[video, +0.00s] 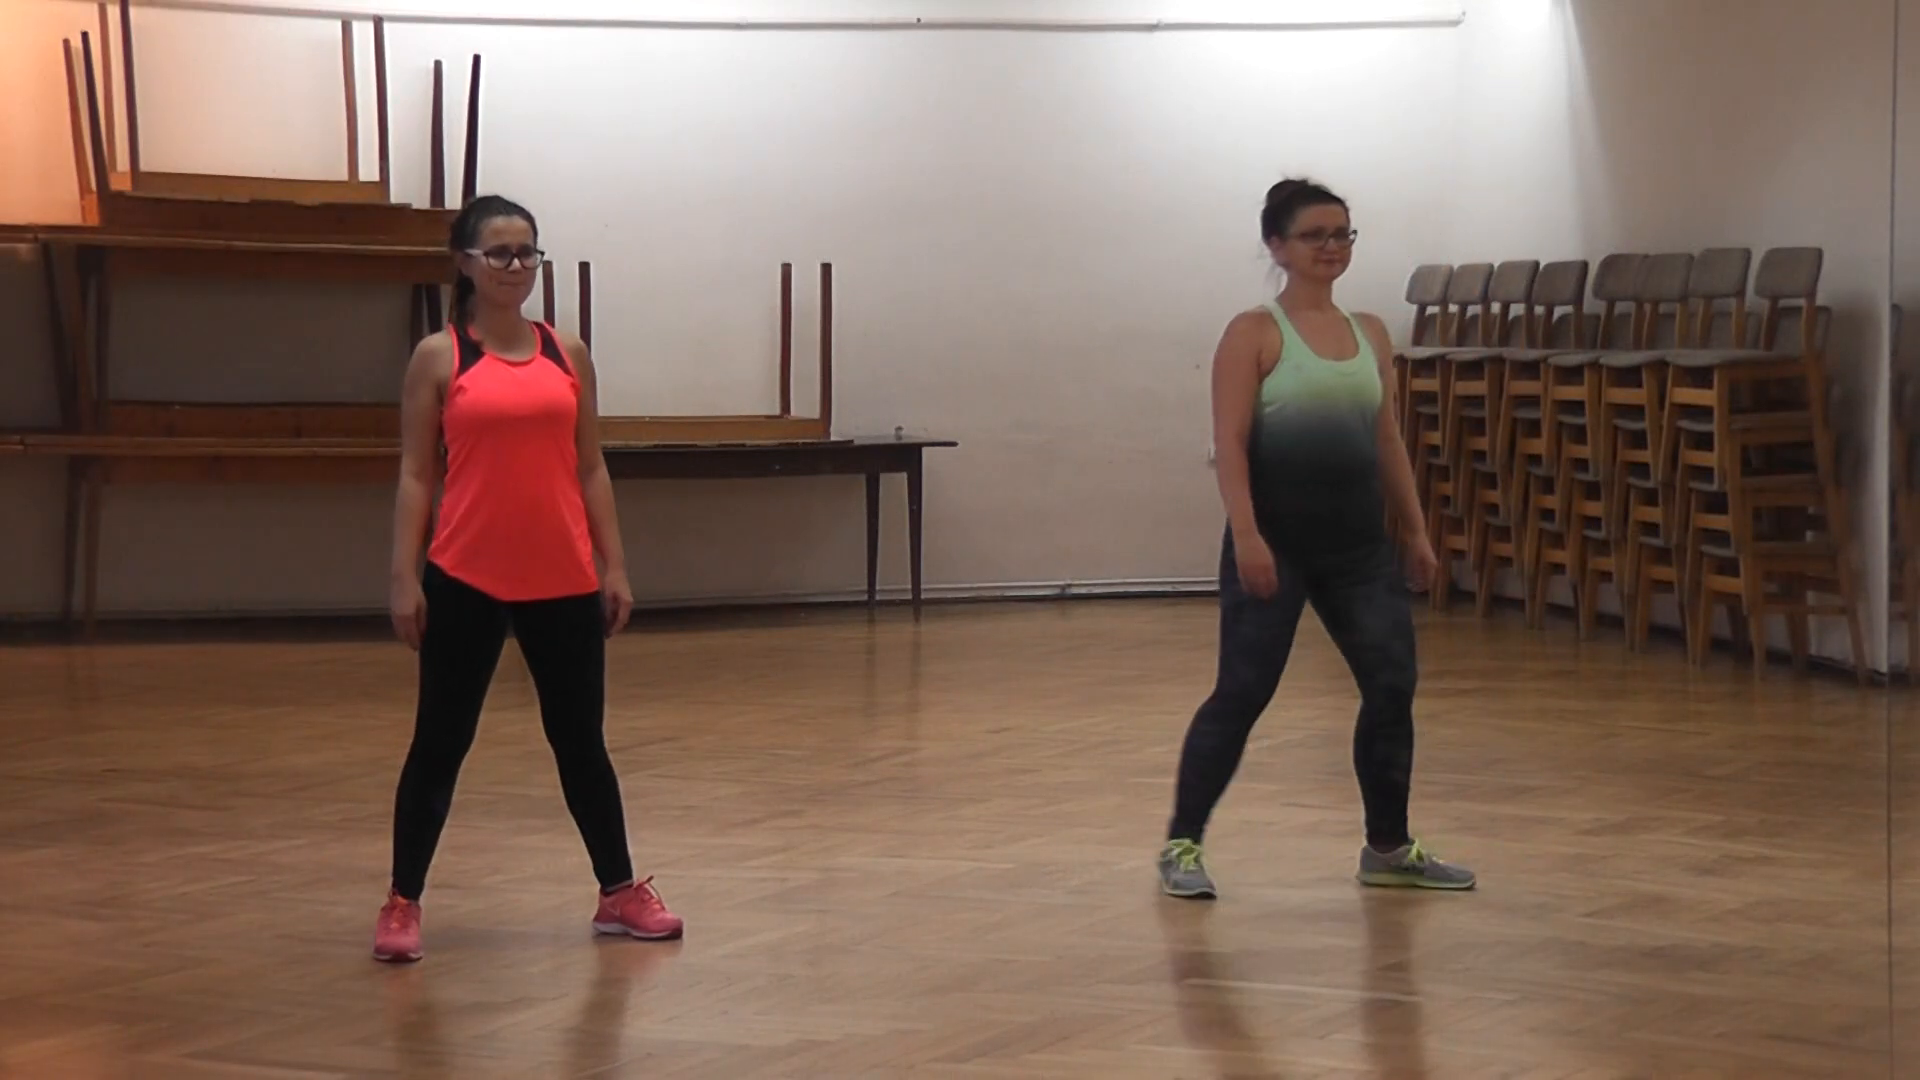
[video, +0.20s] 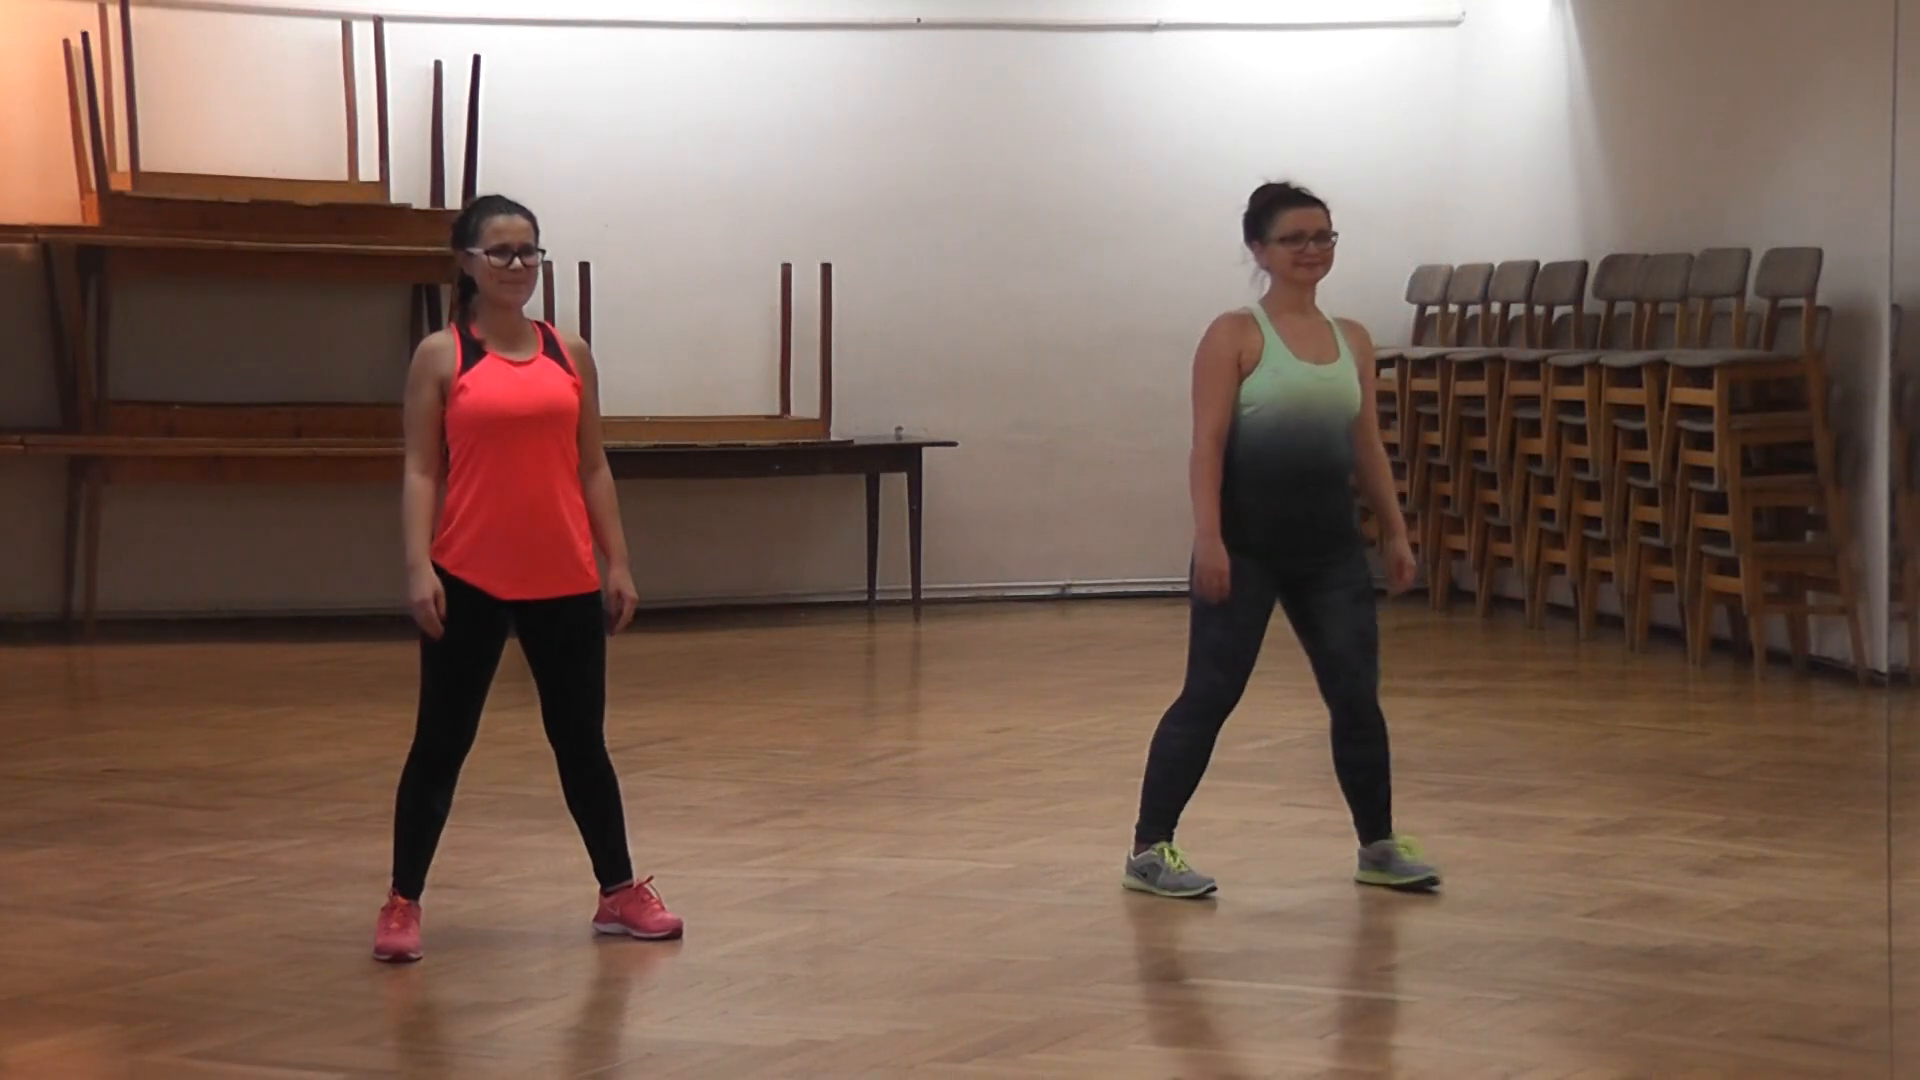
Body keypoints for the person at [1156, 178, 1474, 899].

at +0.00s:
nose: (1334, 247)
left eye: (1342, 235)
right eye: (1316, 236)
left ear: (1351, 241)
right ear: (1278, 246)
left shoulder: (1370, 333)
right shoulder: (1252, 334)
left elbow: (1389, 442)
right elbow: (1229, 445)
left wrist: (1415, 532)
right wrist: (1246, 537)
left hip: (1358, 548)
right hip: (1270, 548)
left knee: (1391, 683)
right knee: (1242, 693)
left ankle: (1388, 848)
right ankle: (1183, 843)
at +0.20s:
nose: (1313, 249)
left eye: (1322, 237)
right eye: (1296, 239)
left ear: (1334, 244)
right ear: (1259, 250)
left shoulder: (1352, 340)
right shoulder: (1233, 335)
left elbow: (1369, 446)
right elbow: (1207, 447)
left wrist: (1396, 531)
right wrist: (1208, 541)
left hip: (1331, 552)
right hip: (1244, 551)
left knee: (1356, 698)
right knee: (1209, 697)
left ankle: (1378, 845)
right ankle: (1149, 848)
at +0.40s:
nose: (1299, 247)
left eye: (1308, 235)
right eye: (1281, 237)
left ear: (1319, 242)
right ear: (1245, 247)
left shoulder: (1338, 336)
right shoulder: (1217, 332)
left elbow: (1350, 444)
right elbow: (1187, 442)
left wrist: (1364, 535)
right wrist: (1191, 532)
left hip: (1316, 549)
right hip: (1228, 549)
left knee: (1335, 698)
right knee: (1202, 696)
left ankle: (1373, 844)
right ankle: (1174, 847)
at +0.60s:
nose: (1288, 251)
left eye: (1298, 239)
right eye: (1270, 240)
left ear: (1308, 244)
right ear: (1234, 247)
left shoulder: (1325, 336)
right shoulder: (1203, 336)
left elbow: (1342, 445)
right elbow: (1186, 445)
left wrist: (1362, 535)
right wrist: (1190, 537)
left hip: (1309, 547)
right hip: (1224, 550)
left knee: (1334, 696)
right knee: (1211, 697)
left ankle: (1374, 844)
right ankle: (1174, 845)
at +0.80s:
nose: (1278, 246)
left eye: (1288, 234)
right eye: (1261, 235)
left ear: (1300, 240)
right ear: (1225, 243)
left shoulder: (1320, 332)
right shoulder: (1198, 333)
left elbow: (1341, 444)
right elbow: (1176, 444)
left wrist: (1364, 533)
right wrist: (1188, 534)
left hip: (1308, 544)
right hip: (1224, 547)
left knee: (1335, 694)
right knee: (1212, 696)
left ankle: (1354, 847)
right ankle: (1173, 845)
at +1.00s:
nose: (1282, 245)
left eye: (1291, 232)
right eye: (1264, 235)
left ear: (1302, 238)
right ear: (1229, 244)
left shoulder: (1326, 330)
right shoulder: (1206, 332)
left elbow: (1344, 441)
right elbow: (1184, 442)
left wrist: (1361, 527)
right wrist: (1180, 537)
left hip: (1321, 543)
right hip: (1234, 546)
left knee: (1332, 695)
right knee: (1216, 695)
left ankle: (1351, 845)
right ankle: (1174, 842)